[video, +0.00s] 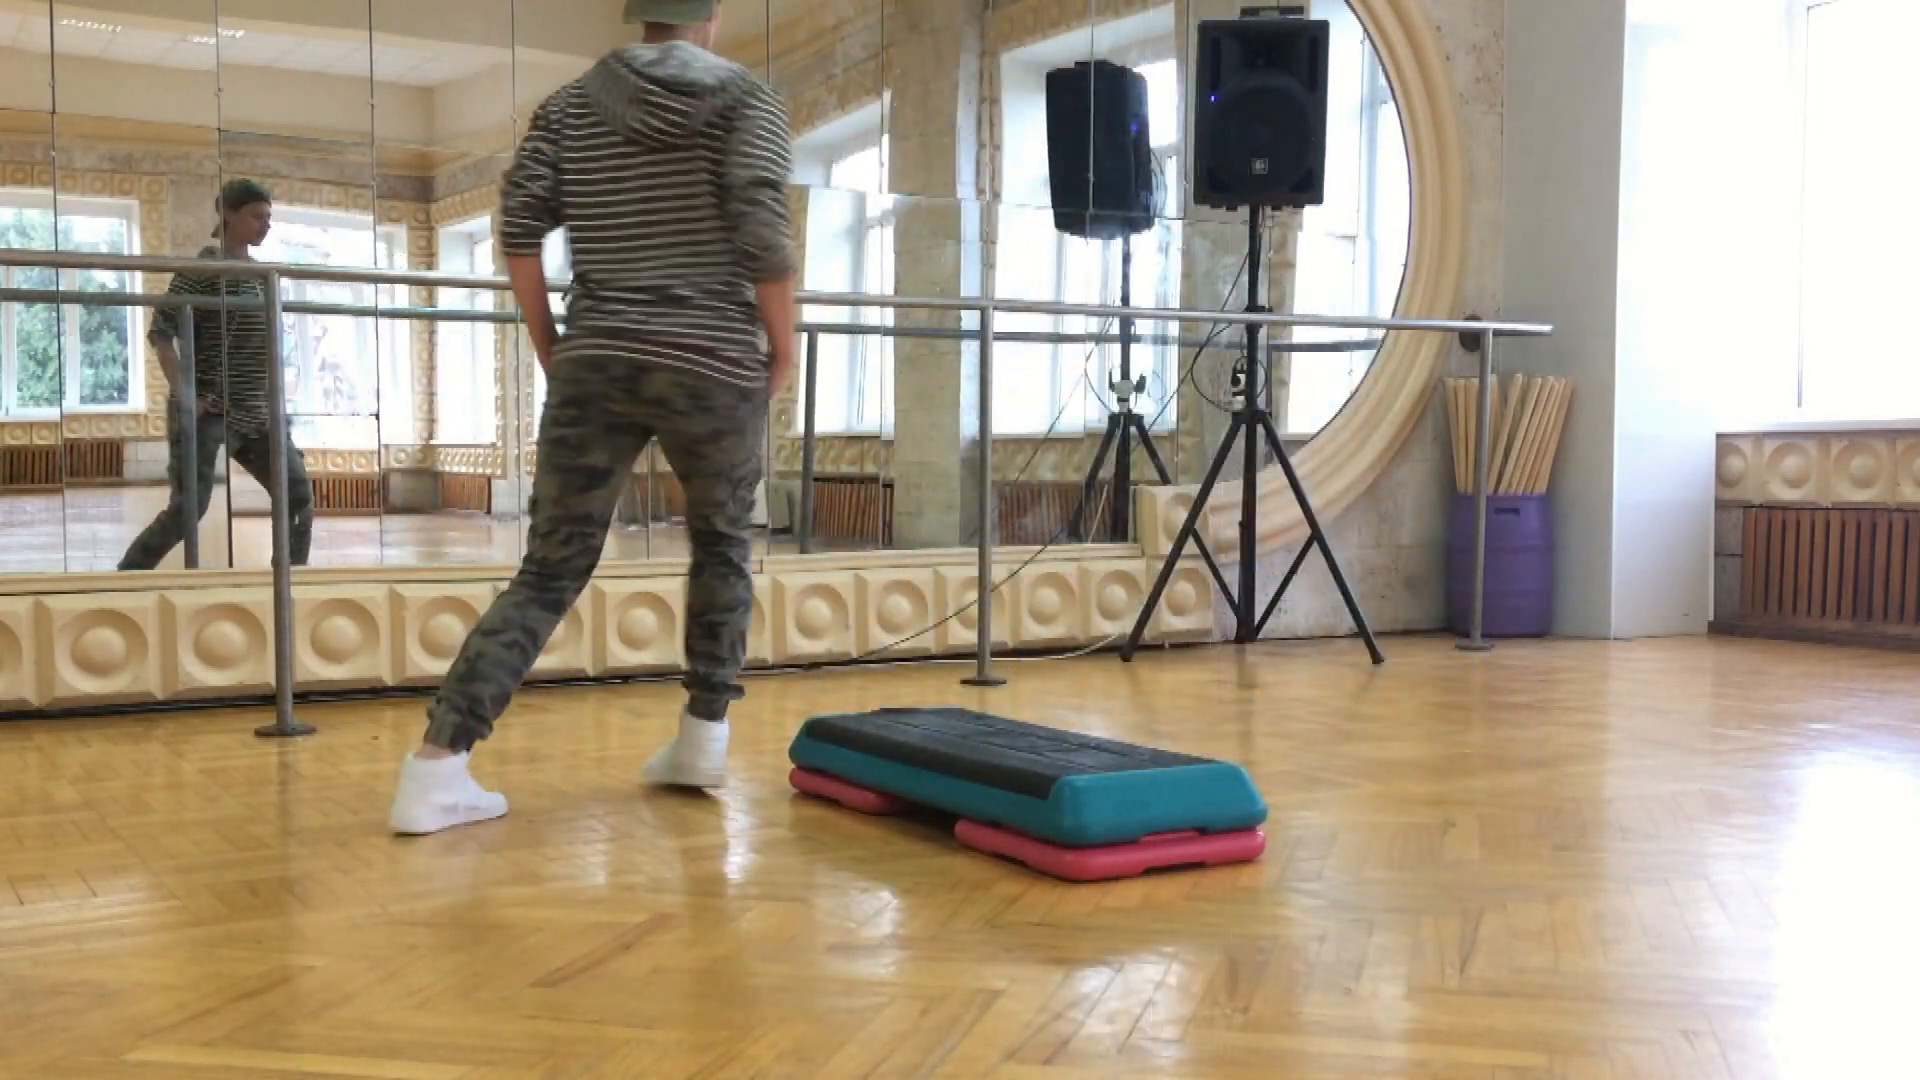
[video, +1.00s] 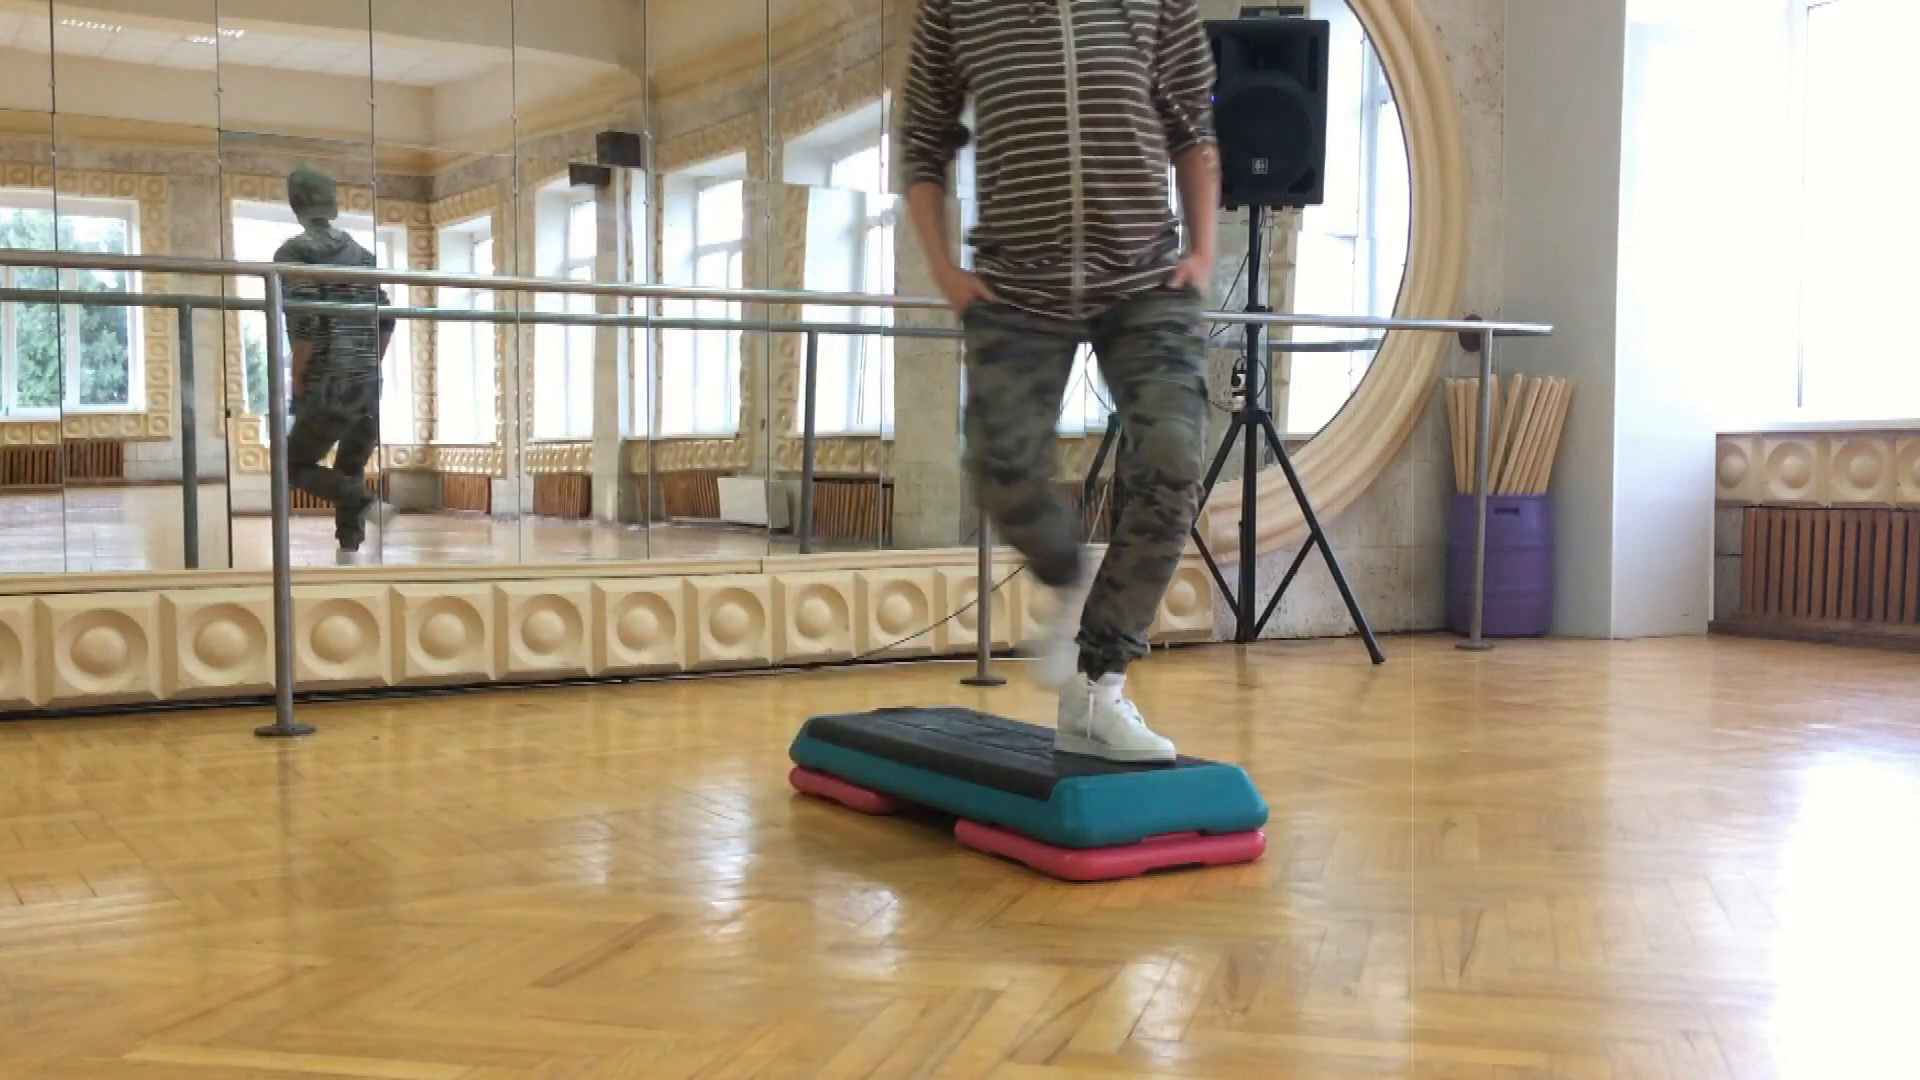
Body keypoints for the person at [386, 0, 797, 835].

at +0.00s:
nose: (718, 29)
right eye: (717, 22)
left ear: (632, 21)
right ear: (709, 21)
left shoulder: (568, 101)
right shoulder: (742, 92)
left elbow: (518, 230)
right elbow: (758, 217)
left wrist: (547, 346)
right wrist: (784, 351)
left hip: (596, 349)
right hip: (713, 353)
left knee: (549, 566)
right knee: (723, 548)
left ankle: (435, 763)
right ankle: (703, 736)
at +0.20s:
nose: (756, 16)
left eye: (755, 7)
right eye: (750, 3)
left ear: (669, 12)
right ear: (711, 4)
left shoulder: (615, 99)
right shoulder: (706, 63)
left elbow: (542, 228)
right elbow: (642, 185)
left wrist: (583, 328)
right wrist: (717, 326)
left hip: (577, 349)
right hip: (658, 343)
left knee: (566, 576)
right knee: (812, 512)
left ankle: (435, 767)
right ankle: (719, 712)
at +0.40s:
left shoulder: (780, 61)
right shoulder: (727, 32)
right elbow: (655, 170)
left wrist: (782, 312)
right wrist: (735, 307)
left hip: (751, 345)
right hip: (716, 341)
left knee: (731, 582)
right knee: (817, 543)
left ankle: (524, 692)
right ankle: (779, 787)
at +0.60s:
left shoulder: (914, 73)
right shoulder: (792, 27)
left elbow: (920, 213)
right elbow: (698, 169)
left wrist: (911, 305)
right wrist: (737, 307)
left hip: (889, 350)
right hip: (786, 349)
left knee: (1022, 471)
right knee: (826, 557)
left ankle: (890, 630)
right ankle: (783, 784)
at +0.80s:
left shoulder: (1064, 22)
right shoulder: (880, 9)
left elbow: (1071, 161)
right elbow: (821, 151)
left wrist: (1071, 264)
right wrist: (841, 277)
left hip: (1028, 305)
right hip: (901, 310)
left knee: (1115, 466)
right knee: (877, 516)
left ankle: (1086, 693)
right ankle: (810, 756)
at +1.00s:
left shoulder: (1160, 7)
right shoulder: (954, 10)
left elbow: (1193, 125)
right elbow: (924, 142)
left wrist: (1201, 250)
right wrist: (946, 271)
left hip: (1148, 279)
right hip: (1015, 287)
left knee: (1170, 468)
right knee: (1004, 470)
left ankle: (1096, 686)